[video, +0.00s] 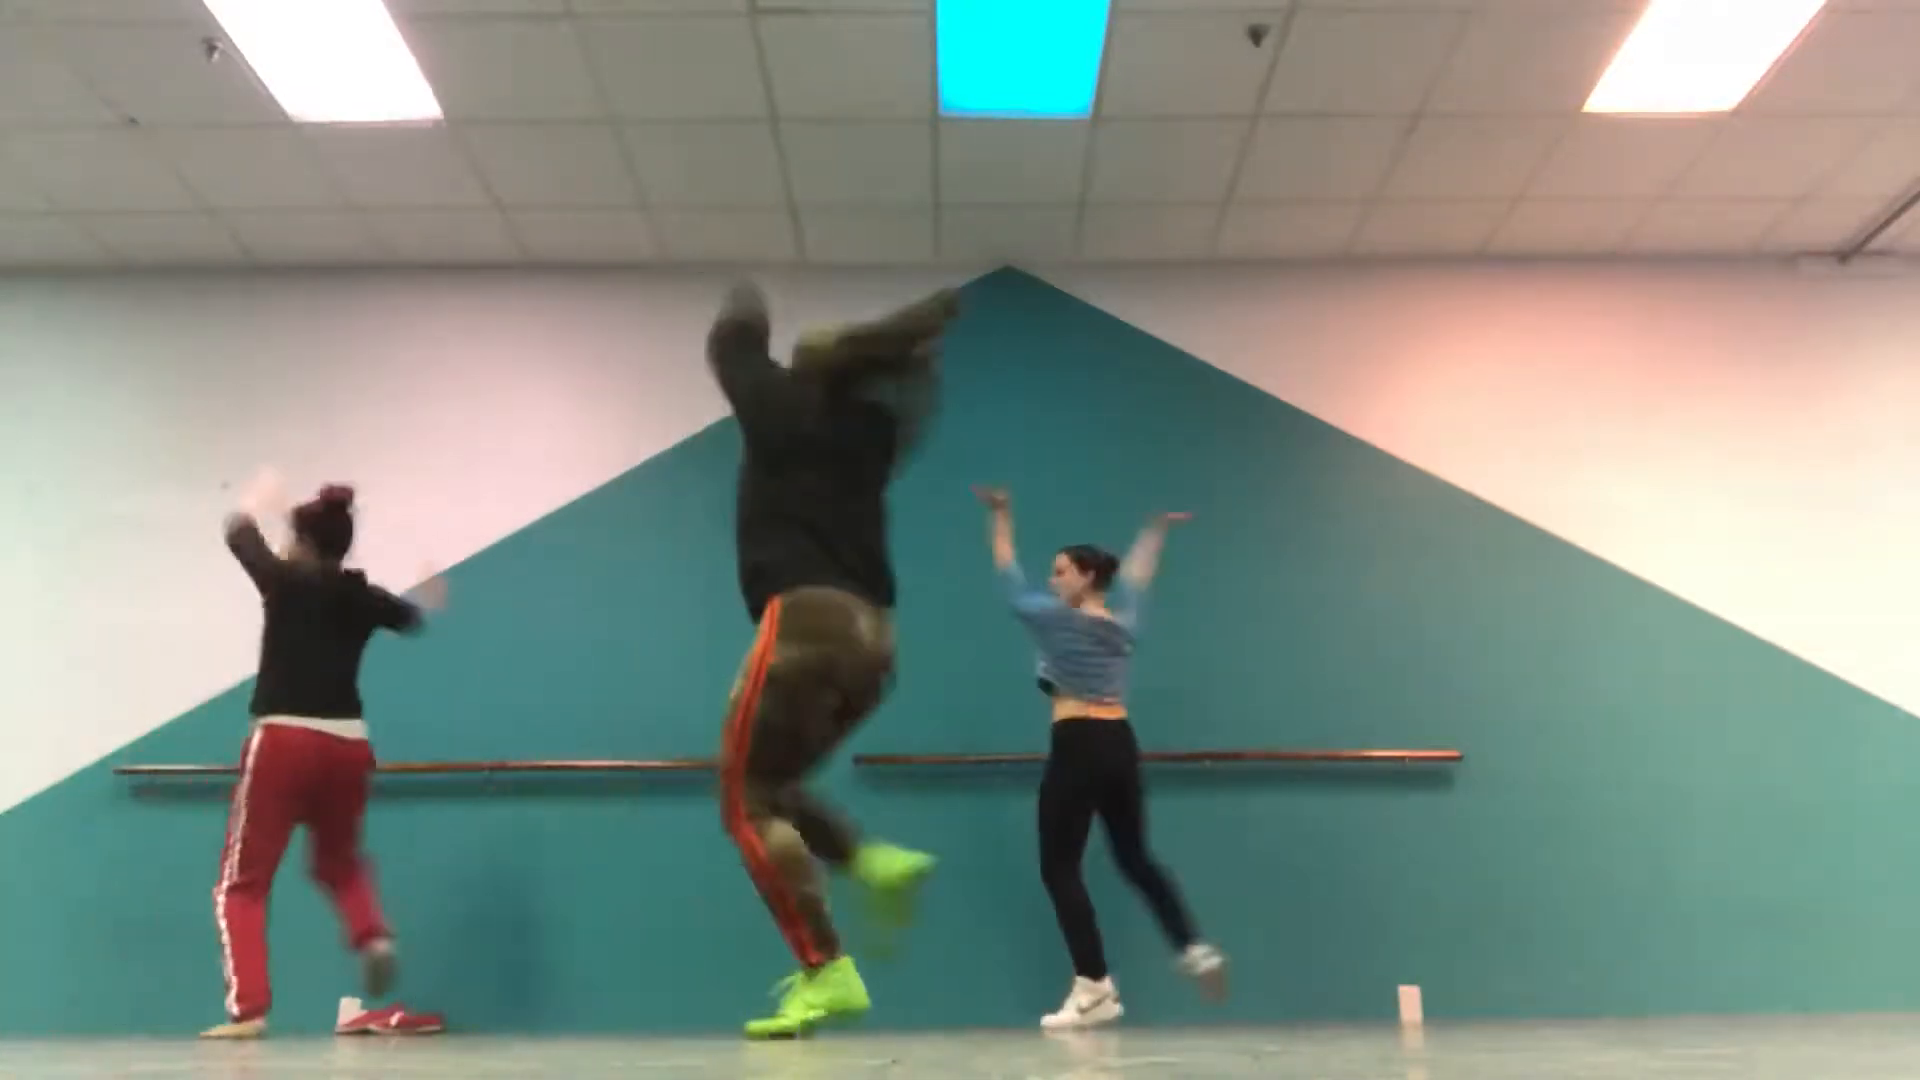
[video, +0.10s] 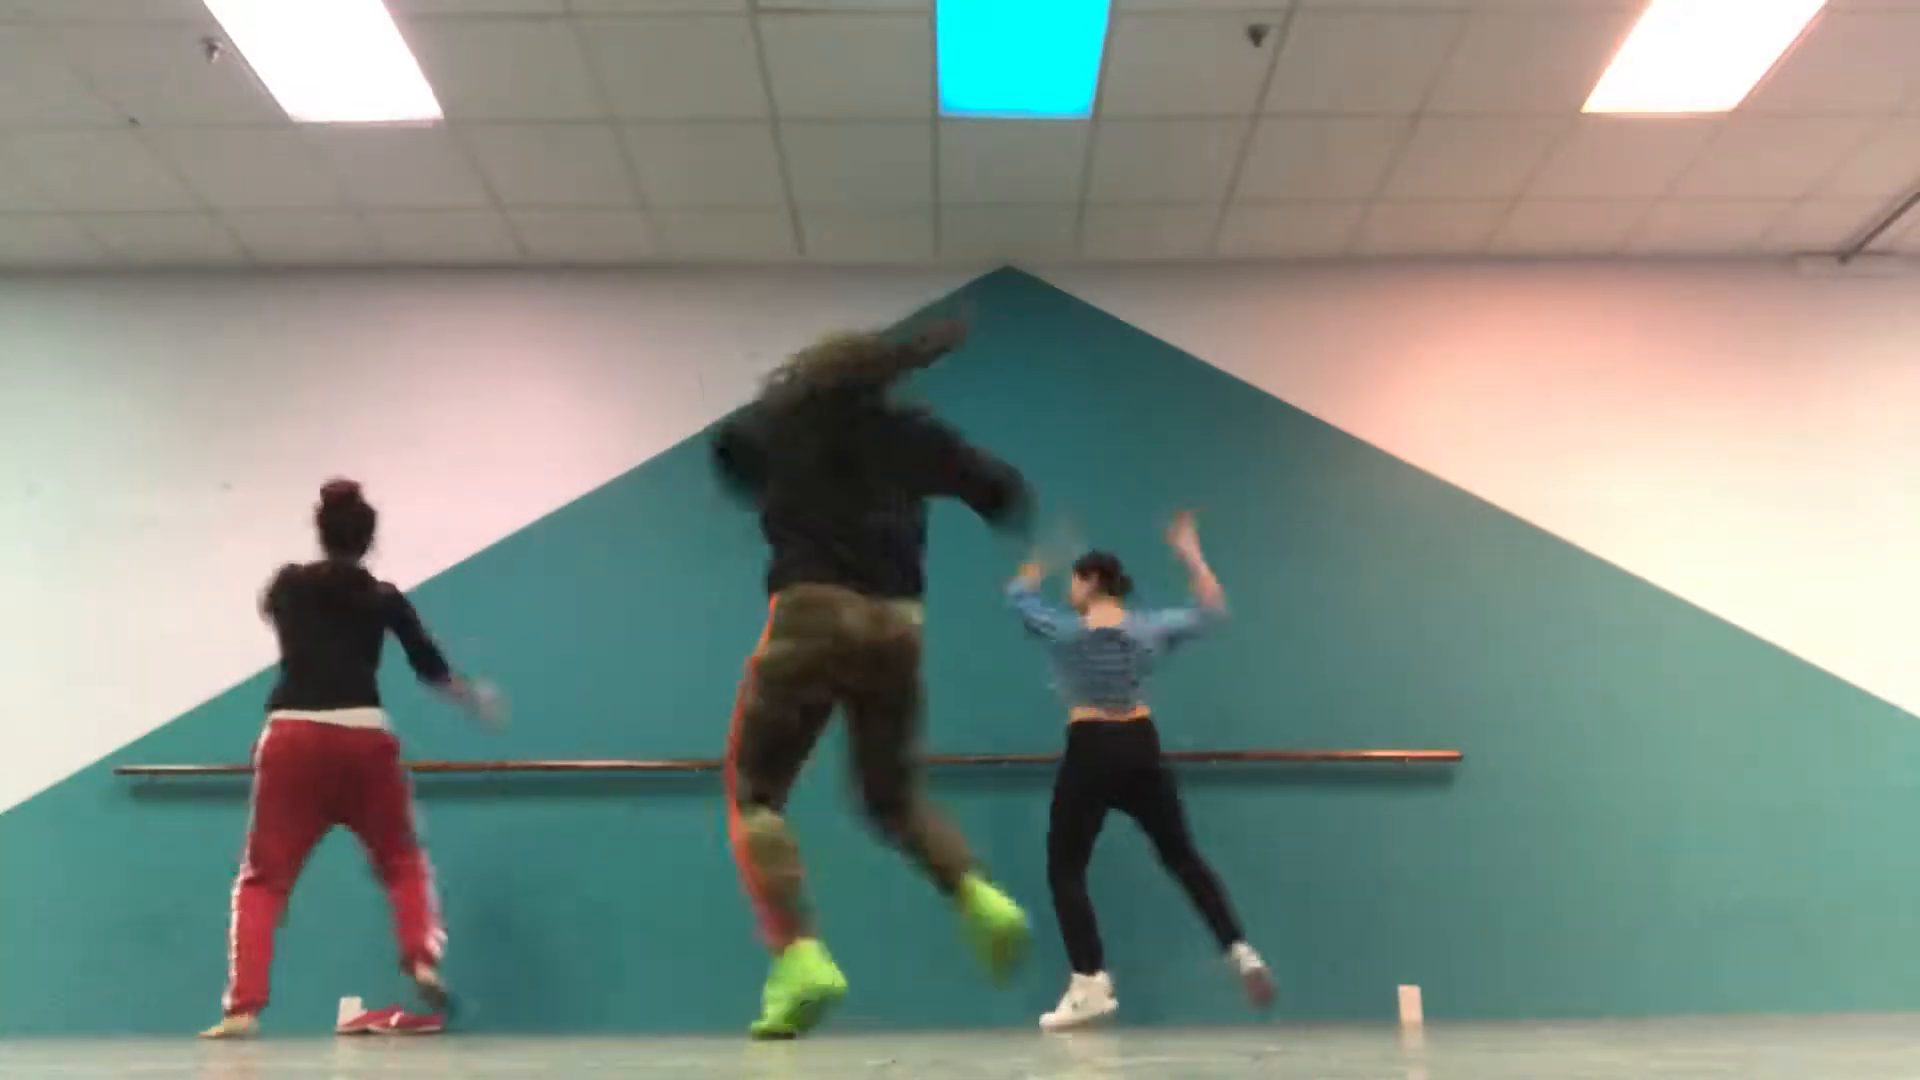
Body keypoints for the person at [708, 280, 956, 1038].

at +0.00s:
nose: (792, 366)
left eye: (797, 358)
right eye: (805, 358)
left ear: (805, 365)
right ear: (861, 377)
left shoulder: (780, 404)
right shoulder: (875, 428)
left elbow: (733, 347)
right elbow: (909, 399)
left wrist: (745, 304)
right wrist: (917, 341)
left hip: (805, 623)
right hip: (873, 635)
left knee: (748, 802)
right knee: (773, 785)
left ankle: (824, 970)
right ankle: (870, 858)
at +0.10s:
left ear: (809, 375)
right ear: (881, 378)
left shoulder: (779, 427)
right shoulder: (910, 432)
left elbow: (730, 446)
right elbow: (1004, 492)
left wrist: (783, 481)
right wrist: (999, 504)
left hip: (806, 617)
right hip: (895, 627)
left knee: (754, 797)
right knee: (894, 796)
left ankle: (798, 955)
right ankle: (976, 895)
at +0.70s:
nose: (800, 370)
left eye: (815, 361)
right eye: (795, 358)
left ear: (844, 370)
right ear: (786, 365)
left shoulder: (867, 422)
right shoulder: (743, 419)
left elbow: (940, 417)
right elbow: (669, 389)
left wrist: (975, 403)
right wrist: (601, 355)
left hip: (842, 629)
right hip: (773, 635)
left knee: (799, 790)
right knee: (701, 798)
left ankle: (856, 976)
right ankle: (814, 920)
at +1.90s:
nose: (832, 405)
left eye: (844, 391)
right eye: (822, 396)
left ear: (877, 395)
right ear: (816, 408)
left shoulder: (891, 460)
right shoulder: (837, 470)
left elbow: (892, 538)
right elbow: (827, 573)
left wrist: (879, 606)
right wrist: (799, 662)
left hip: (874, 644)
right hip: (849, 646)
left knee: (784, 783)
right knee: (862, 828)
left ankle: (784, 978)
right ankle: (950, 982)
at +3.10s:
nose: (734, 447)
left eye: (751, 434)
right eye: (725, 434)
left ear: (781, 446)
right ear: (706, 443)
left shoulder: (818, 529)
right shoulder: (668, 533)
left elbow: (865, 615)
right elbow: (649, 636)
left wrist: (856, 689)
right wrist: (680, 726)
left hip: (785, 727)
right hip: (683, 726)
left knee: (869, 810)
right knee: (539, 814)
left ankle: (873, 985)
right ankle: (543, 996)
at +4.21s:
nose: (919, 366)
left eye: (918, 355)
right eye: (908, 354)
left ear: (879, 352)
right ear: (868, 351)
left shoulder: (900, 428)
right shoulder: (849, 401)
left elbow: (975, 452)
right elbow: (946, 397)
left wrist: (1043, 408)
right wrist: (1048, 379)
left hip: (862, 608)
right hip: (836, 599)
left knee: (844, 798)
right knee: (905, 767)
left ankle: (765, 969)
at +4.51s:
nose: (951, 383)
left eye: (951, 370)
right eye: (940, 369)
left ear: (913, 371)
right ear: (901, 368)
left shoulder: (933, 445)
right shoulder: (873, 426)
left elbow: (974, 536)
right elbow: (907, 532)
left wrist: (1001, 612)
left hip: (883, 621)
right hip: (859, 617)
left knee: (947, 798)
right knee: (956, 785)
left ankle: (826, 926)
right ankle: (945, 979)